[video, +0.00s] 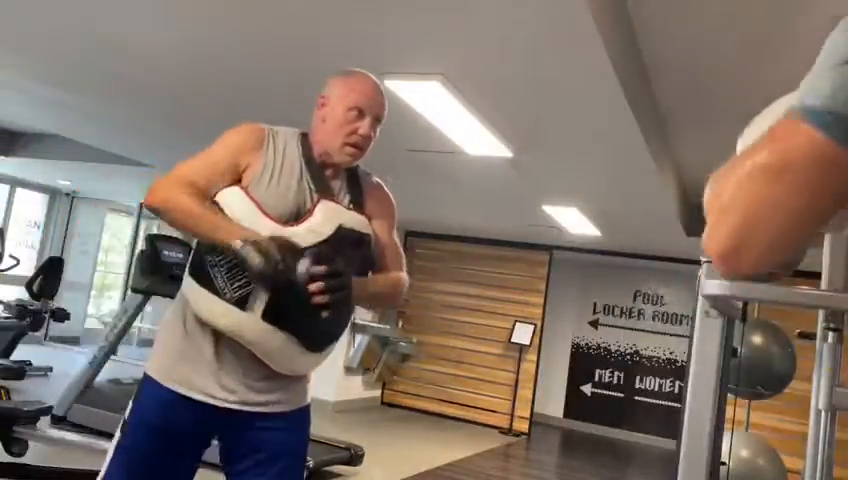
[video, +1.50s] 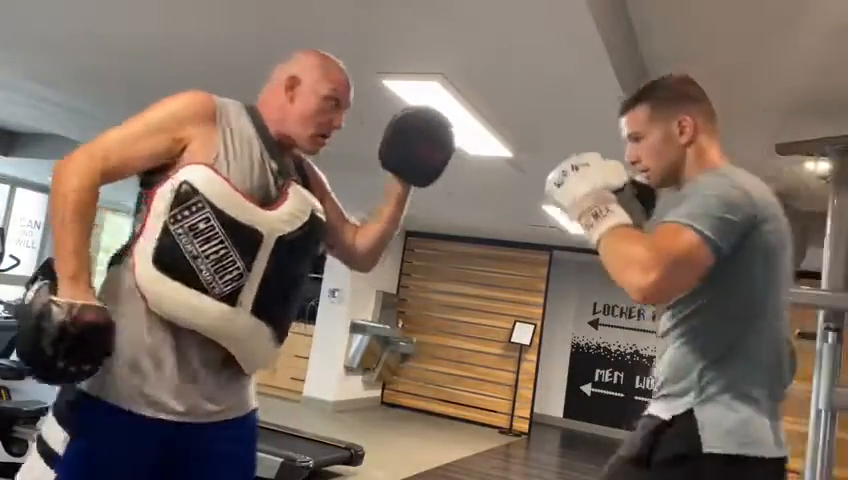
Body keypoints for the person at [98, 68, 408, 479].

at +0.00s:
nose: (367, 130)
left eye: (375, 122)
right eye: (357, 113)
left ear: (380, 131)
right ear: (322, 106)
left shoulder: (373, 196)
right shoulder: (253, 144)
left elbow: (397, 283)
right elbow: (165, 194)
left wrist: (352, 288)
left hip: (277, 399)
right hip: (183, 380)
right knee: (132, 474)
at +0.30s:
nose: (325, 123)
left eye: (333, 114)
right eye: (314, 106)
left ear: (338, 124)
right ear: (276, 103)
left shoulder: (333, 190)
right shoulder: (208, 147)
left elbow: (356, 281)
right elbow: (117, 208)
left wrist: (389, 264)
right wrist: (172, 258)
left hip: (257, 406)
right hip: (159, 397)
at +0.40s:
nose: (295, 119)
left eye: (303, 110)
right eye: (284, 103)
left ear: (307, 120)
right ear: (245, 100)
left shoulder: (304, 185)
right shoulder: (178, 146)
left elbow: (332, 275)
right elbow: (85, 211)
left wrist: (361, 245)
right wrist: (141, 263)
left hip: (240, 407)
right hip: (140, 399)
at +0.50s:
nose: (270, 109)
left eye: (278, 99)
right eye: (259, 91)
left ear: (282, 108)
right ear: (220, 88)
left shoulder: (281, 174)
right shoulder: (153, 140)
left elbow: (318, 268)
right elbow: (65, 207)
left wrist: (318, 229)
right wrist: (144, 238)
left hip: (229, 402)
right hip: (129, 395)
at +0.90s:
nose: (295, 117)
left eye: (302, 107)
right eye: (285, 99)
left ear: (305, 115)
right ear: (243, 90)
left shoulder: (290, 175)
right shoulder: (169, 131)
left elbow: (335, 257)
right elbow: (75, 197)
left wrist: (365, 202)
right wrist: (157, 263)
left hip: (221, 402)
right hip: (125, 395)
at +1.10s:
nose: (340, 123)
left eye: (347, 113)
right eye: (331, 105)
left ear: (343, 119)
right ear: (289, 93)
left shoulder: (324, 184)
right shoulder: (211, 124)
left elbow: (374, 258)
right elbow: (96, 178)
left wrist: (412, 194)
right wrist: (85, 284)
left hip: (232, 404)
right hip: (137, 386)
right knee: (93, 479)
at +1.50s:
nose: (340, 121)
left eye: (345, 111)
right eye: (332, 103)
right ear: (285, 89)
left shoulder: (307, 179)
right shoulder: (201, 115)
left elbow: (361, 251)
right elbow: (77, 169)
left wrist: (401, 185)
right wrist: (75, 291)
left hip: (224, 418)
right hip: (126, 404)